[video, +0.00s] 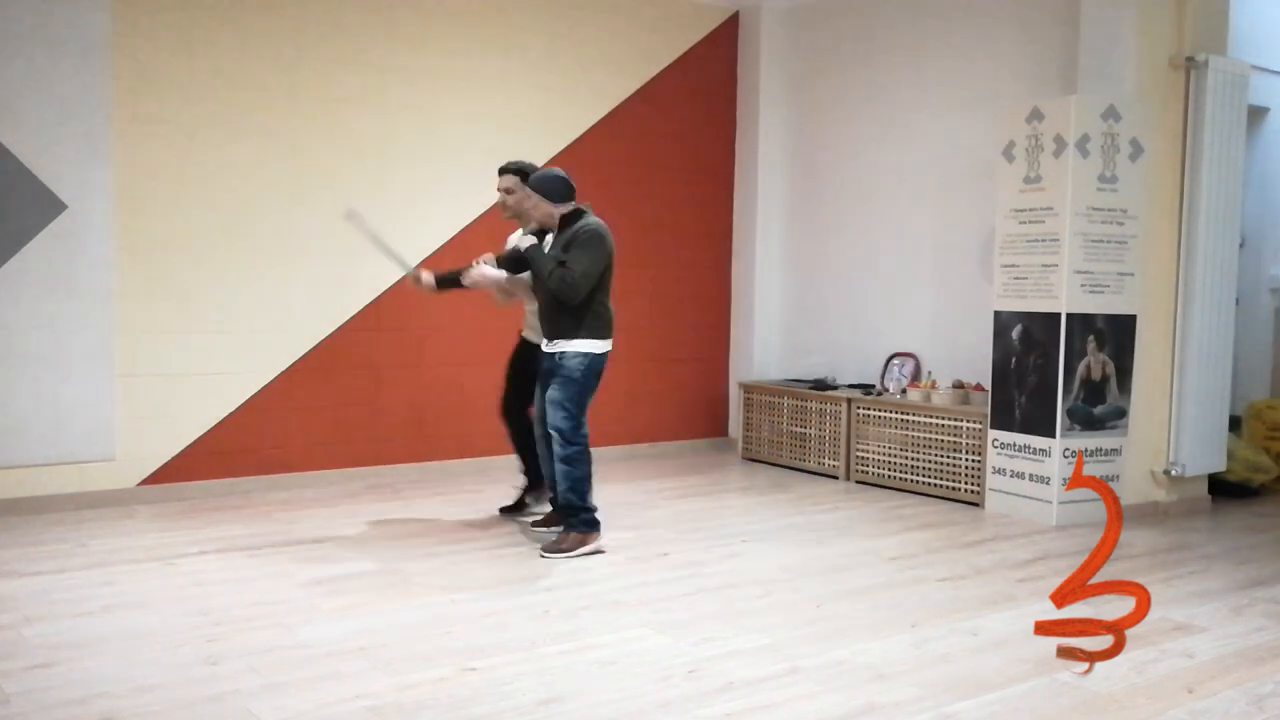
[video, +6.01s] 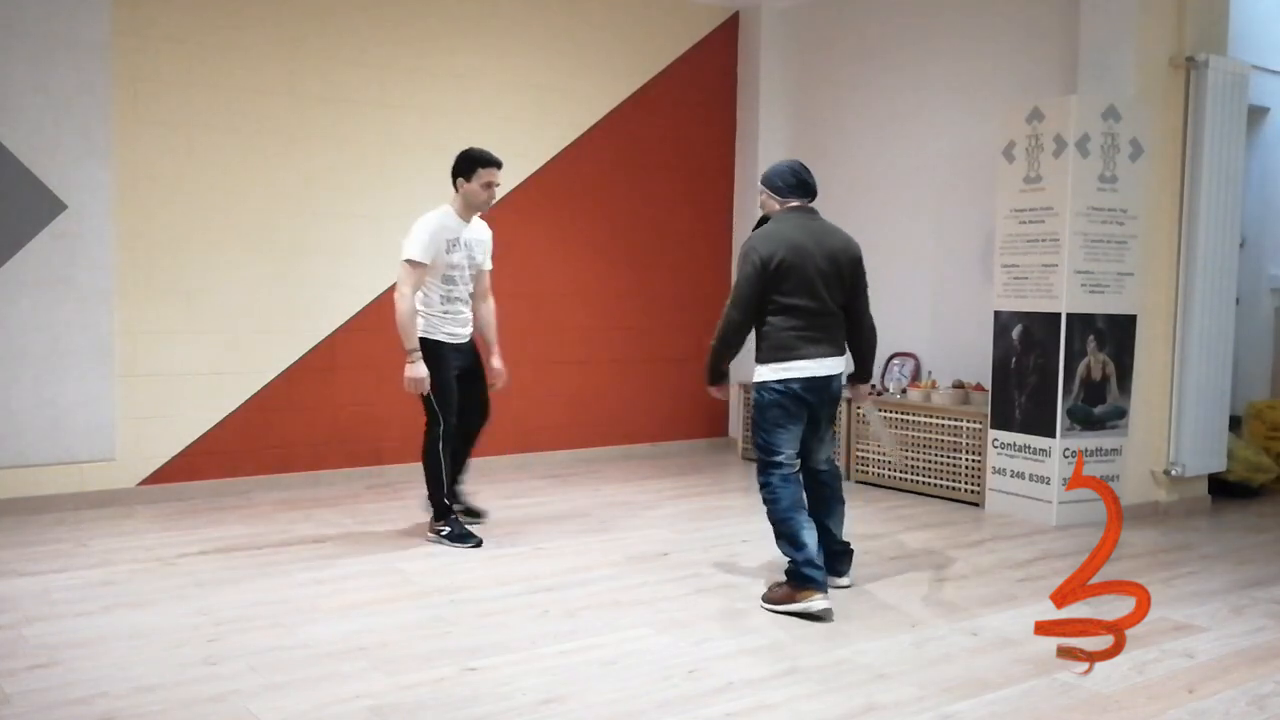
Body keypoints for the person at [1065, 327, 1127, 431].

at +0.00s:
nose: (1087, 346)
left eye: (1091, 342)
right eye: (1088, 342)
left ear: (1098, 344)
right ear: (1087, 345)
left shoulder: (1108, 364)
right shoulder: (1083, 365)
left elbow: (1114, 389)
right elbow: (1076, 391)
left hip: (1103, 406)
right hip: (1086, 406)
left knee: (1121, 411)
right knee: (1071, 410)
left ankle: (1086, 425)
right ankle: (1102, 425)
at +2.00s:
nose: (1087, 346)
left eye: (1091, 342)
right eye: (1088, 342)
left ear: (1098, 345)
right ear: (1088, 345)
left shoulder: (1108, 364)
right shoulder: (1084, 364)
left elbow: (1113, 389)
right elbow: (1076, 390)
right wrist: (1070, 408)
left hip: (1103, 406)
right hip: (1086, 406)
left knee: (1121, 411)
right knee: (1071, 410)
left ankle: (1086, 425)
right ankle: (1101, 425)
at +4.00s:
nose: (1087, 345)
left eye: (1091, 342)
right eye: (1088, 342)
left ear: (1099, 344)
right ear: (1088, 345)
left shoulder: (1108, 364)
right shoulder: (1083, 365)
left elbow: (1113, 388)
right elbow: (1076, 390)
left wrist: (1115, 406)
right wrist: (1070, 408)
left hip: (1102, 405)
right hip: (1086, 405)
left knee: (1121, 411)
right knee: (1071, 410)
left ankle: (1086, 425)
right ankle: (1101, 425)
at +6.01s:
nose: (1088, 345)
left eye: (1091, 342)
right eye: (1088, 342)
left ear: (1098, 344)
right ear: (1087, 344)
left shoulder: (1108, 364)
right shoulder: (1084, 364)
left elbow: (1114, 392)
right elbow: (1076, 391)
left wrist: (1107, 407)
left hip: (1102, 406)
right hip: (1086, 406)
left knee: (1121, 411)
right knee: (1071, 410)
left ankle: (1086, 425)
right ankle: (1099, 425)